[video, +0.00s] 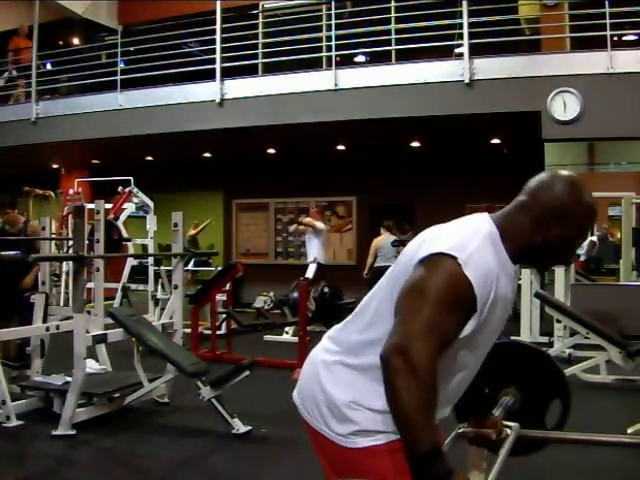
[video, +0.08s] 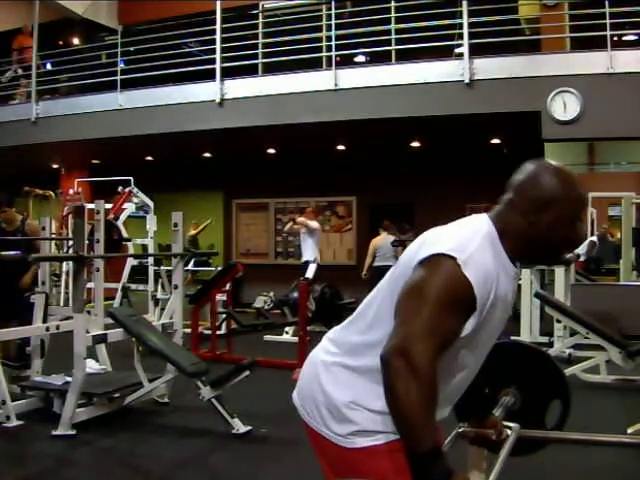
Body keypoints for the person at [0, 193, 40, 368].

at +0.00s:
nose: (4, 218)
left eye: (6, 214)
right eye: (3, 214)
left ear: (14, 211)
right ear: (3, 213)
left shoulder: (30, 228)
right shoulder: (3, 228)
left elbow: (41, 256)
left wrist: (31, 276)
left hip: (21, 282)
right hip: (3, 281)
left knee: (21, 320)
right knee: (5, 320)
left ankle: (18, 357)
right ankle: (7, 357)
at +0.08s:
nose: (2, 217)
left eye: (4, 212)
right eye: (0, 212)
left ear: (13, 209)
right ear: (2, 212)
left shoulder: (29, 227)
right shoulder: (2, 227)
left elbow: (40, 255)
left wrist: (29, 275)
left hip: (20, 282)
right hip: (1, 282)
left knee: (20, 321)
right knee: (4, 321)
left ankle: (18, 359)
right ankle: (7, 358)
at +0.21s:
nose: (2, 214)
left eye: (4, 209)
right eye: (0, 210)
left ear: (12, 209)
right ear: (0, 211)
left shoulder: (27, 228)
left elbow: (36, 256)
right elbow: (36, 257)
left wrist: (25, 278)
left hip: (16, 283)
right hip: (0, 284)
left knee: (16, 323)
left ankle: (15, 359)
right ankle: (8, 359)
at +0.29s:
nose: (1, 215)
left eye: (3, 210)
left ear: (10, 210)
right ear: (3, 211)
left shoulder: (25, 230)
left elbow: (35, 258)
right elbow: (34, 259)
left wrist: (22, 280)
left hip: (14, 287)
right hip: (0, 286)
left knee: (15, 325)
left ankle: (13, 360)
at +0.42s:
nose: (0, 214)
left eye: (2, 210)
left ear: (9, 209)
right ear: (4, 210)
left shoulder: (23, 230)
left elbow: (30, 260)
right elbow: (30, 260)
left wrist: (16, 282)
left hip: (13, 286)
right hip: (1, 286)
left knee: (14, 323)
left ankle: (12, 359)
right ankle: (9, 358)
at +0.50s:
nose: (0, 214)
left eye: (1, 210)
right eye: (0, 210)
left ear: (6, 209)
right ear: (4, 209)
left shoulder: (20, 230)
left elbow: (29, 259)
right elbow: (29, 259)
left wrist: (12, 280)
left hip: (12, 285)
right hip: (3, 285)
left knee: (12, 322)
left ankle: (12, 357)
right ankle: (8, 356)